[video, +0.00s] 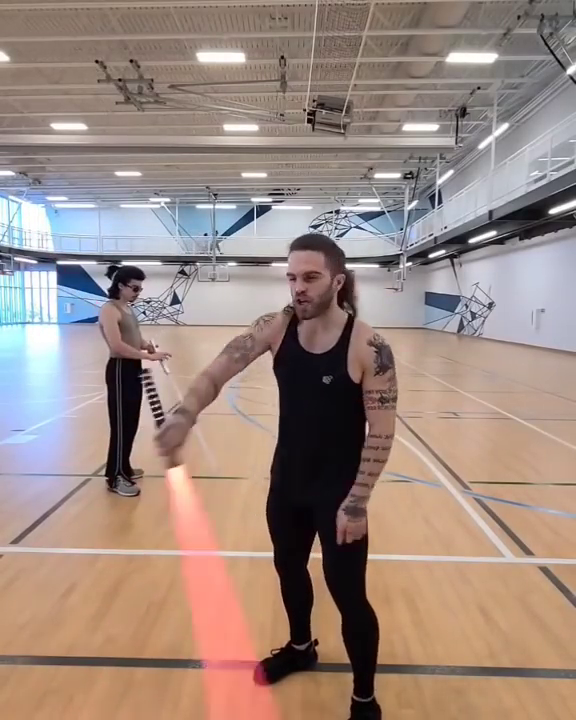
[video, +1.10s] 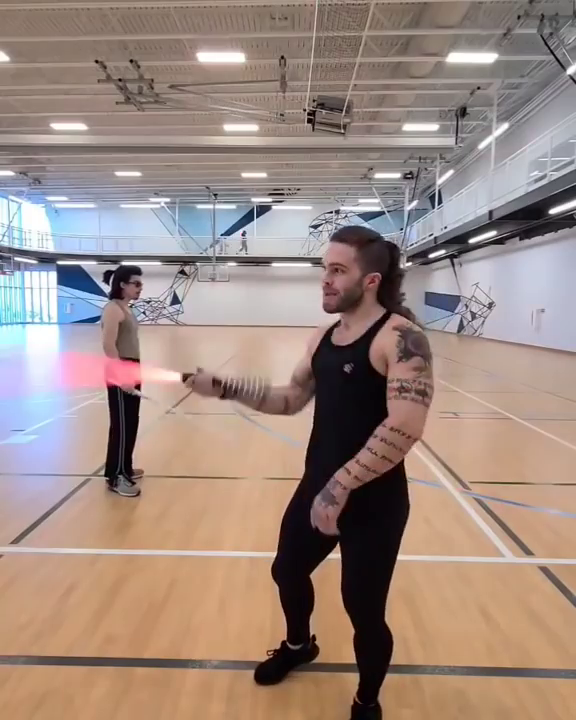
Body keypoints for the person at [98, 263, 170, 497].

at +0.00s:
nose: (137, 294)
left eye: (139, 290)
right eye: (134, 288)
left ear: (135, 289)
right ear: (120, 286)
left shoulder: (126, 309)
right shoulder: (110, 310)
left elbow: (129, 339)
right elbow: (116, 346)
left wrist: (145, 345)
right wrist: (148, 355)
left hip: (132, 366)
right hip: (120, 368)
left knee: (130, 423)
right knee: (121, 424)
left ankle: (124, 468)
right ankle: (114, 476)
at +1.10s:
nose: (139, 288)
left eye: (140, 284)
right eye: (135, 284)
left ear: (132, 287)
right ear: (121, 285)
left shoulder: (125, 309)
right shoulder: (113, 309)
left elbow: (127, 343)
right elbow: (109, 345)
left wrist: (134, 371)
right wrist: (121, 376)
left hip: (131, 371)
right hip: (120, 373)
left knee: (130, 425)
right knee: (120, 426)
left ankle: (125, 468)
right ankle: (114, 476)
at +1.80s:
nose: (142, 290)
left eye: (143, 286)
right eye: (138, 285)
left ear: (134, 287)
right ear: (124, 284)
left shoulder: (129, 310)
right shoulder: (115, 310)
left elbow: (137, 346)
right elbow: (115, 349)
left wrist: (148, 373)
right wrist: (131, 379)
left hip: (136, 369)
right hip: (125, 370)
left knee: (126, 424)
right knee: (132, 425)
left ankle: (116, 470)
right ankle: (133, 479)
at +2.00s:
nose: (145, 289)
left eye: (146, 285)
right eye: (141, 284)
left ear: (137, 287)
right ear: (127, 284)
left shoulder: (131, 310)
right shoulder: (118, 312)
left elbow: (136, 347)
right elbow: (120, 351)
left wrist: (147, 373)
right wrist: (136, 381)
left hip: (136, 369)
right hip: (125, 371)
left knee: (130, 425)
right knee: (134, 428)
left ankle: (117, 468)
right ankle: (133, 479)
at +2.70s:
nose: (142, 290)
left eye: (142, 286)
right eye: (137, 285)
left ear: (132, 288)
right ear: (123, 286)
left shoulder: (129, 310)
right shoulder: (114, 312)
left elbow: (134, 346)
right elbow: (118, 352)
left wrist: (147, 372)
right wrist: (131, 383)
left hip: (132, 369)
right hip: (121, 372)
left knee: (122, 421)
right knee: (140, 423)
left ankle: (114, 468)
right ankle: (135, 479)